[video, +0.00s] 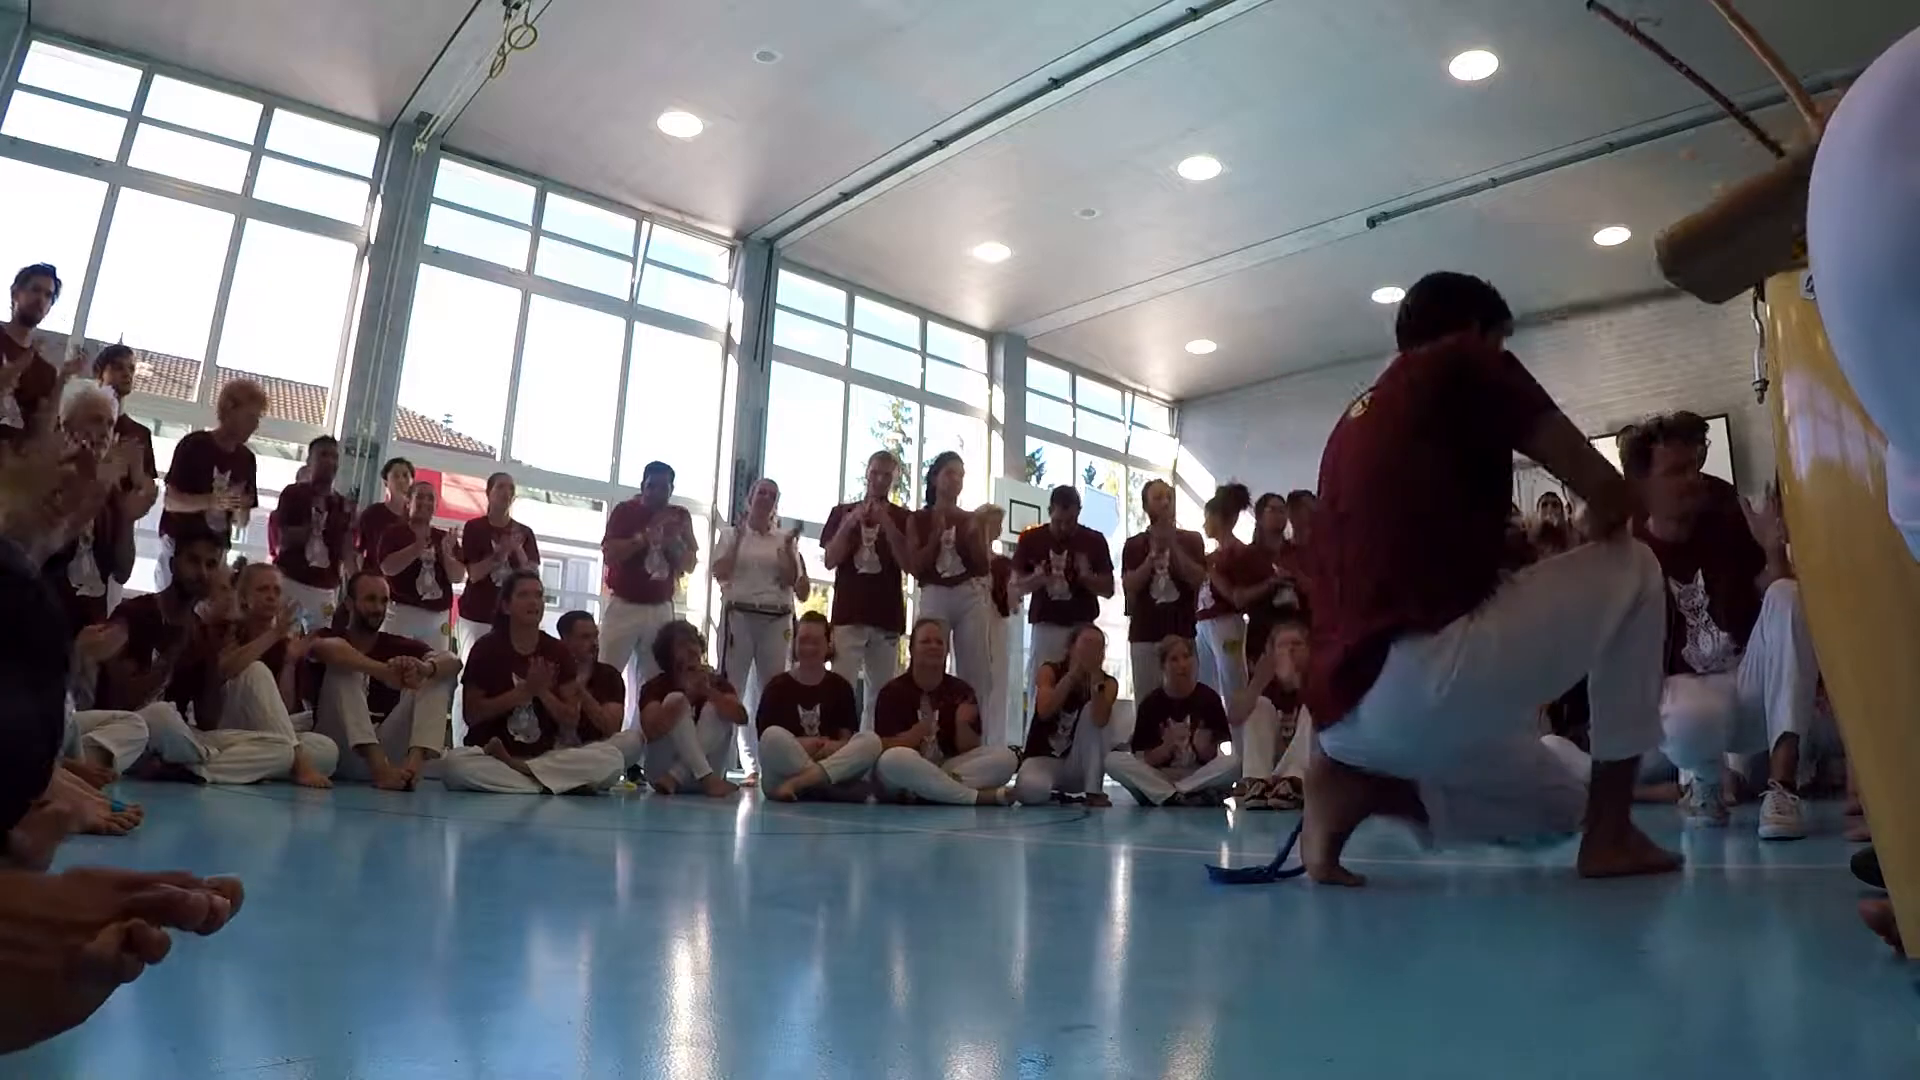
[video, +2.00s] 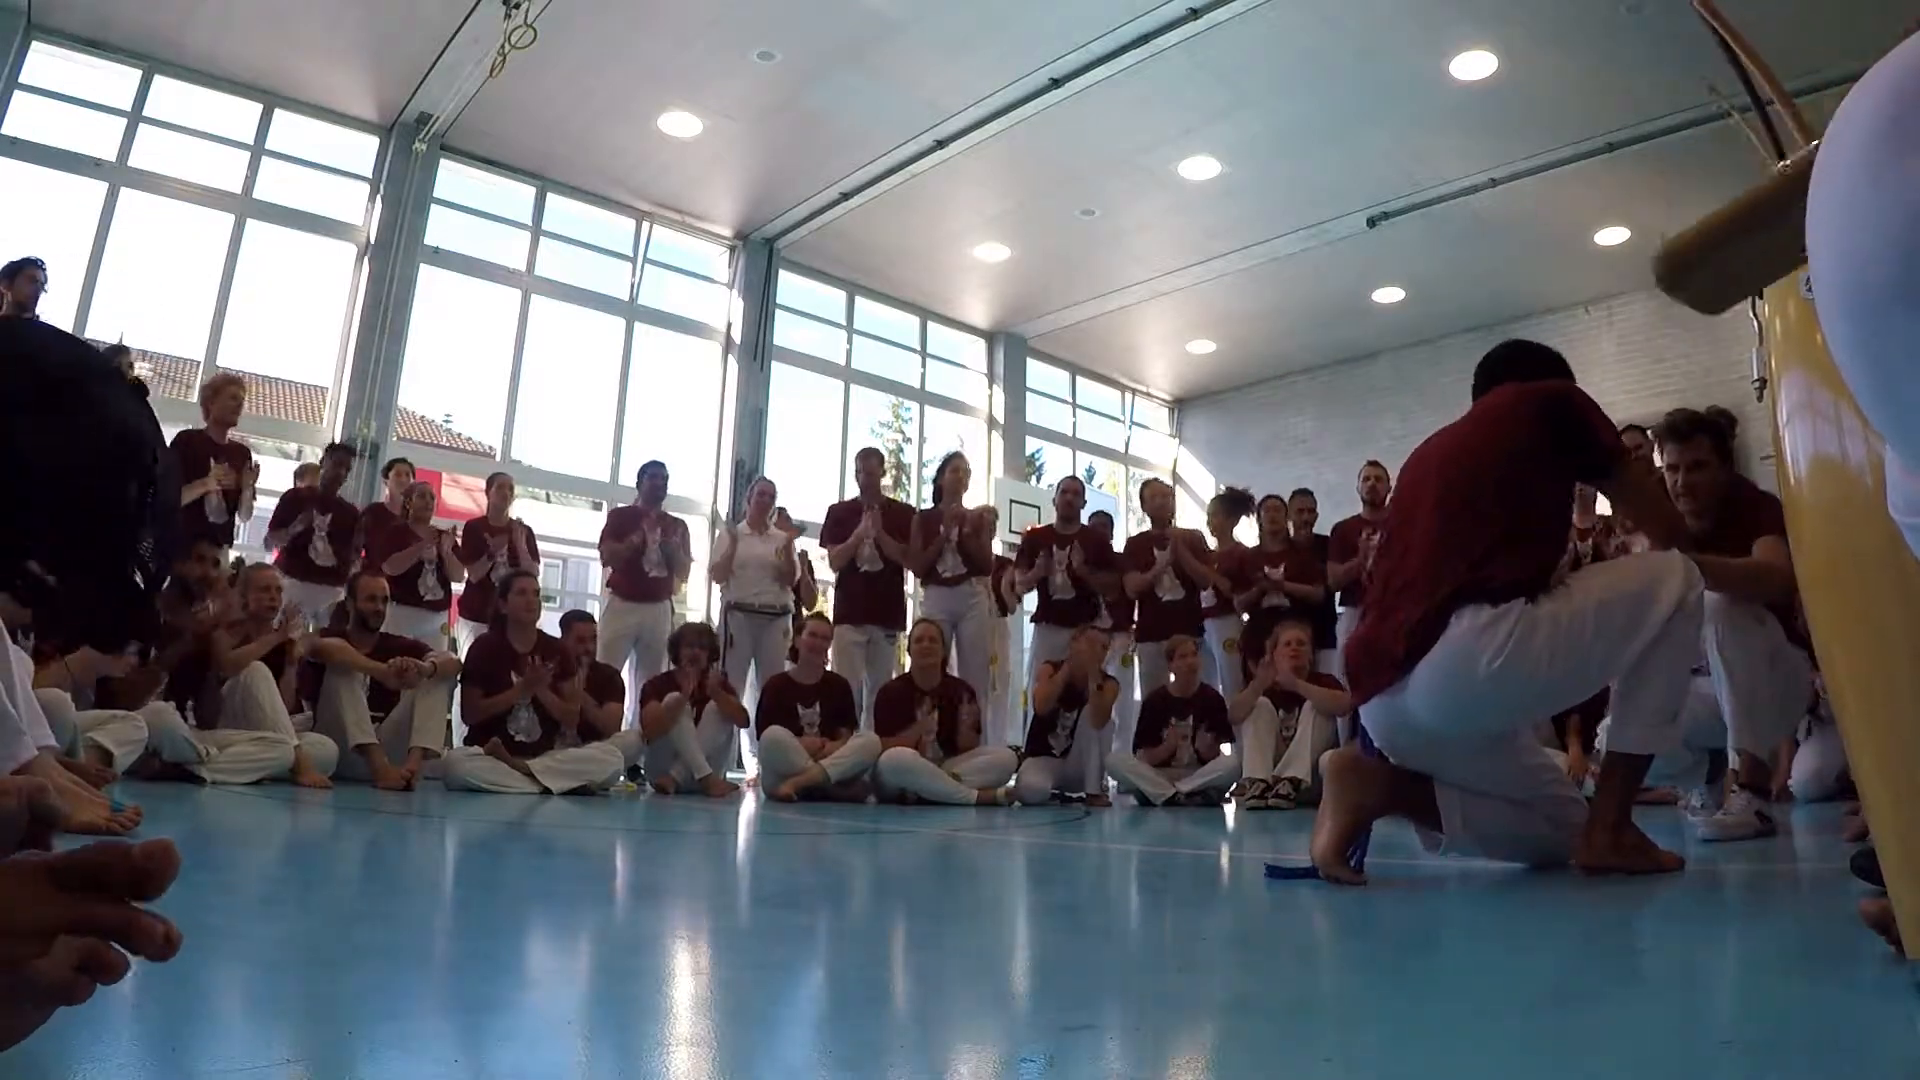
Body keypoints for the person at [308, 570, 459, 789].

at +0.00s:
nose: (379, 608)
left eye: (384, 601)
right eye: (370, 600)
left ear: (389, 604)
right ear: (349, 603)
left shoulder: (395, 644)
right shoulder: (327, 637)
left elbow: (454, 662)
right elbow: (324, 649)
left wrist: (427, 668)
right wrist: (386, 672)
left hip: (386, 754)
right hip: (336, 752)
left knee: (438, 673)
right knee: (343, 662)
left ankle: (415, 763)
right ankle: (379, 766)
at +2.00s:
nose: (380, 608)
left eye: (384, 601)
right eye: (371, 600)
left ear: (389, 603)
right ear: (350, 603)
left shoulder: (393, 643)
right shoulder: (328, 638)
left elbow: (454, 662)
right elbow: (318, 648)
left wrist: (426, 667)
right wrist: (382, 672)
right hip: (335, 750)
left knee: (438, 673)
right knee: (342, 663)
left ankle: (414, 764)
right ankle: (379, 765)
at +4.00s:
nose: (380, 608)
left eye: (384, 601)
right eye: (371, 601)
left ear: (389, 603)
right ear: (352, 603)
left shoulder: (395, 644)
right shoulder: (328, 638)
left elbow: (455, 663)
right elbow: (319, 648)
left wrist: (426, 667)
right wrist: (383, 672)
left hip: (387, 751)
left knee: (437, 674)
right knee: (343, 663)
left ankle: (414, 764)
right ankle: (379, 766)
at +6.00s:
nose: (378, 609)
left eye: (383, 602)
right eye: (370, 601)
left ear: (388, 603)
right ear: (351, 603)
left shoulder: (392, 643)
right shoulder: (329, 637)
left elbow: (453, 662)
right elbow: (317, 649)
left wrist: (427, 666)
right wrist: (382, 671)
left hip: (387, 750)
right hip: (338, 750)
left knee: (438, 673)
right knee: (343, 661)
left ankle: (415, 763)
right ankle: (378, 764)